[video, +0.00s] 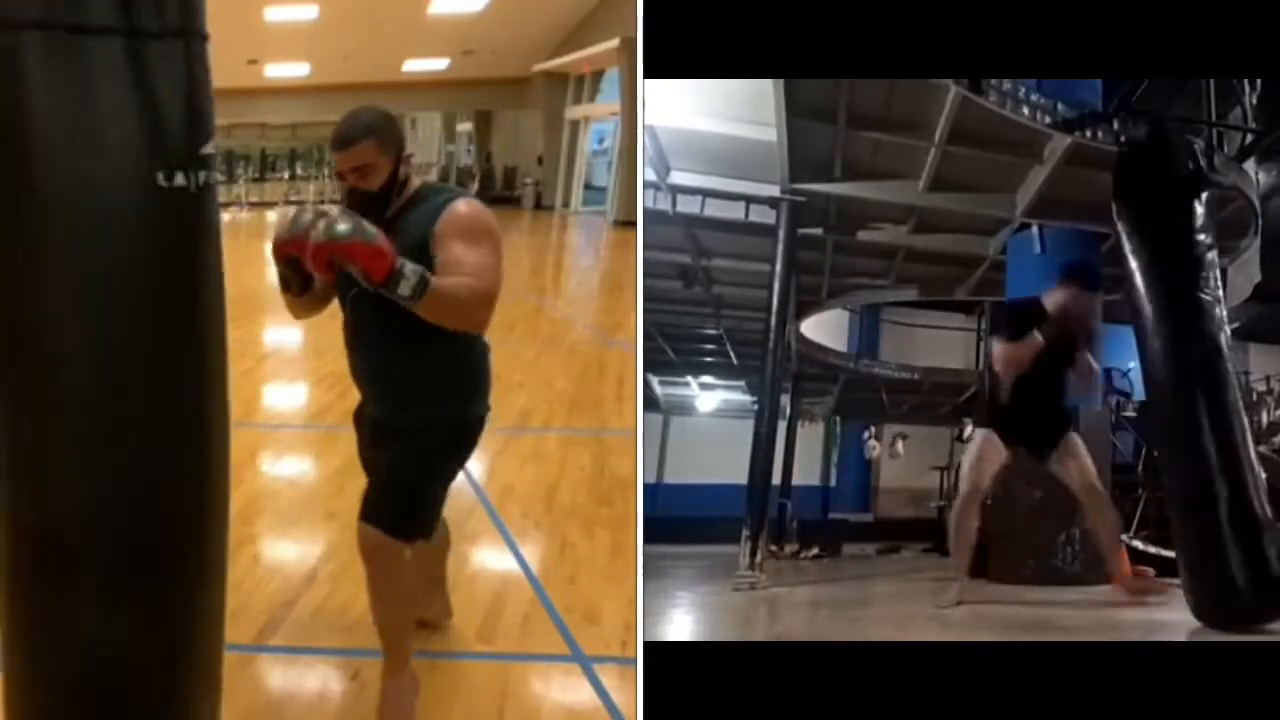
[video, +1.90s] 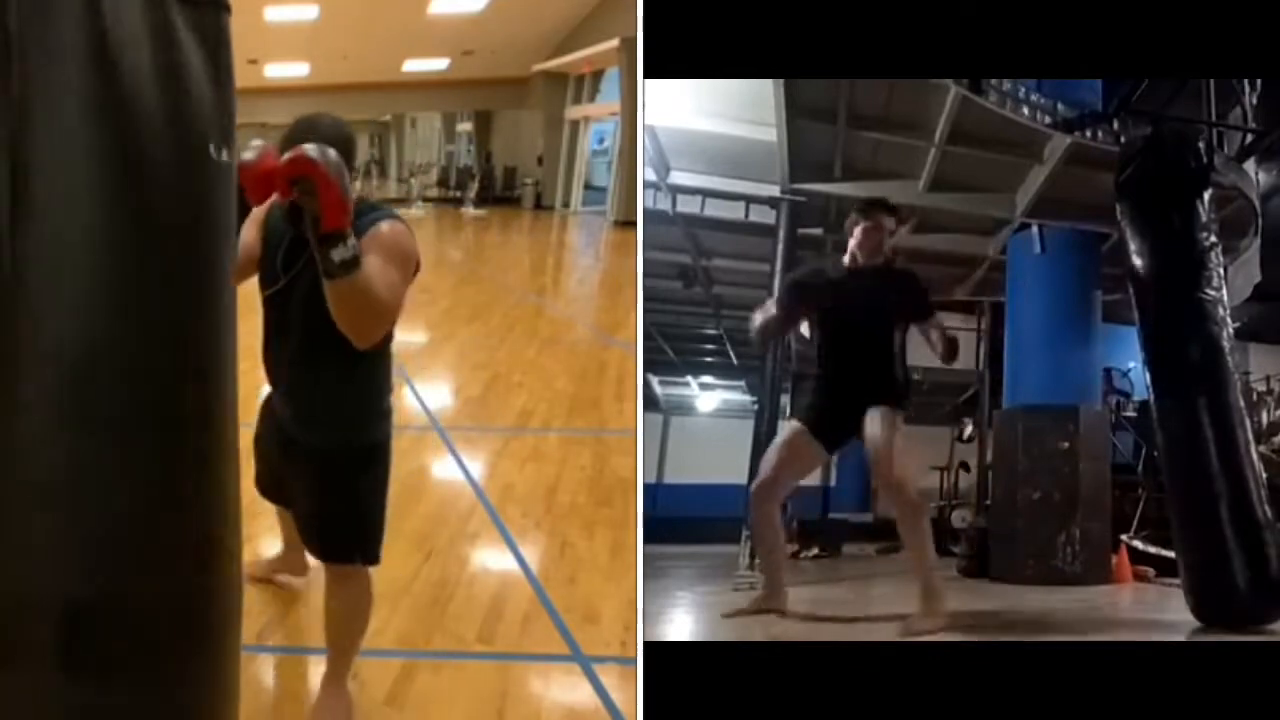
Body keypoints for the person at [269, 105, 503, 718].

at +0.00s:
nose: (350, 187)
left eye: (363, 173)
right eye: (342, 175)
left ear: (399, 163)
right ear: (335, 169)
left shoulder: (457, 216)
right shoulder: (351, 222)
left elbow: (474, 310)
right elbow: (306, 304)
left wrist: (389, 270)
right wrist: (293, 264)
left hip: (441, 409)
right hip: (381, 400)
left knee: (380, 536)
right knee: (417, 516)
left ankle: (397, 677)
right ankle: (432, 605)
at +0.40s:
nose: (329, 223)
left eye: (341, 206)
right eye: (318, 212)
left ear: (377, 188)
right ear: (310, 205)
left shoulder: (444, 233)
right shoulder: (332, 251)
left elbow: (550, 296)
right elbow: (323, 298)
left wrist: (441, 278)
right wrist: (279, 327)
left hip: (446, 448)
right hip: (368, 435)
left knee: (415, 601)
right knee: (340, 520)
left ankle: (406, 712)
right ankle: (415, 580)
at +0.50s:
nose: (364, 221)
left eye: (378, 204)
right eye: (351, 208)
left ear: (416, 186)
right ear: (338, 199)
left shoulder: (472, 238)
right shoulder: (321, 260)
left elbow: (586, 292)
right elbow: (238, 318)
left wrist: (535, 245)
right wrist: (180, 354)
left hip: (454, 453)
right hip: (369, 446)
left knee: (422, 606)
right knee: (377, 534)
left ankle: (410, 712)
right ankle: (421, 586)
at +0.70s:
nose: (363, 198)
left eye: (377, 185)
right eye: (354, 185)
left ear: (419, 174)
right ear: (347, 179)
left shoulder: (484, 237)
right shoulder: (331, 246)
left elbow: (554, 325)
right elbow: (276, 301)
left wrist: (481, 292)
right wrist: (265, 337)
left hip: (437, 447)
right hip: (357, 435)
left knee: (422, 592)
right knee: (359, 523)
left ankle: (409, 711)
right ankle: (380, 576)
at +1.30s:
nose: (329, 188)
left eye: (342, 176)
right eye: (322, 176)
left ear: (378, 166)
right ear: (316, 169)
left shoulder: (433, 227)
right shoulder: (320, 234)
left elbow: (486, 307)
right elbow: (306, 303)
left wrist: (405, 318)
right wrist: (288, 308)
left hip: (404, 404)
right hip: (344, 395)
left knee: (368, 542)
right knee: (363, 504)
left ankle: (343, 681)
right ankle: (385, 591)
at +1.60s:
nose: (319, 201)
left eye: (333, 188)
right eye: (311, 186)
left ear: (370, 178)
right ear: (304, 176)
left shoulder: (414, 237)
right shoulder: (304, 228)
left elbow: (424, 339)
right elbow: (243, 294)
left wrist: (365, 282)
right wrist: (239, 260)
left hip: (379, 420)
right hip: (317, 408)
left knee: (353, 557)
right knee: (333, 503)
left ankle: (339, 686)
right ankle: (376, 574)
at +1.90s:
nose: (303, 183)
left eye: (316, 171)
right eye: (296, 171)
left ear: (343, 172)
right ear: (282, 175)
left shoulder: (387, 235)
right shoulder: (274, 218)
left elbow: (367, 330)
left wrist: (334, 233)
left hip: (350, 425)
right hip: (286, 405)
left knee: (343, 561)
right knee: (282, 485)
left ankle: (335, 684)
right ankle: (293, 560)